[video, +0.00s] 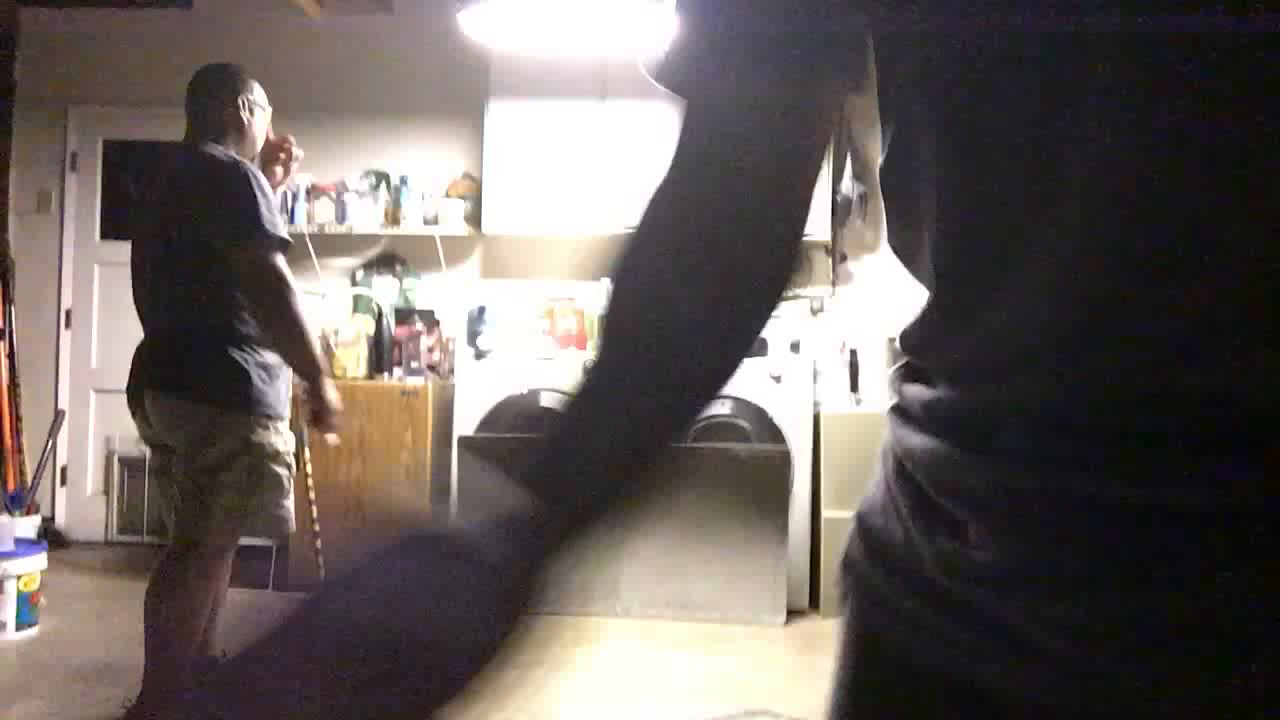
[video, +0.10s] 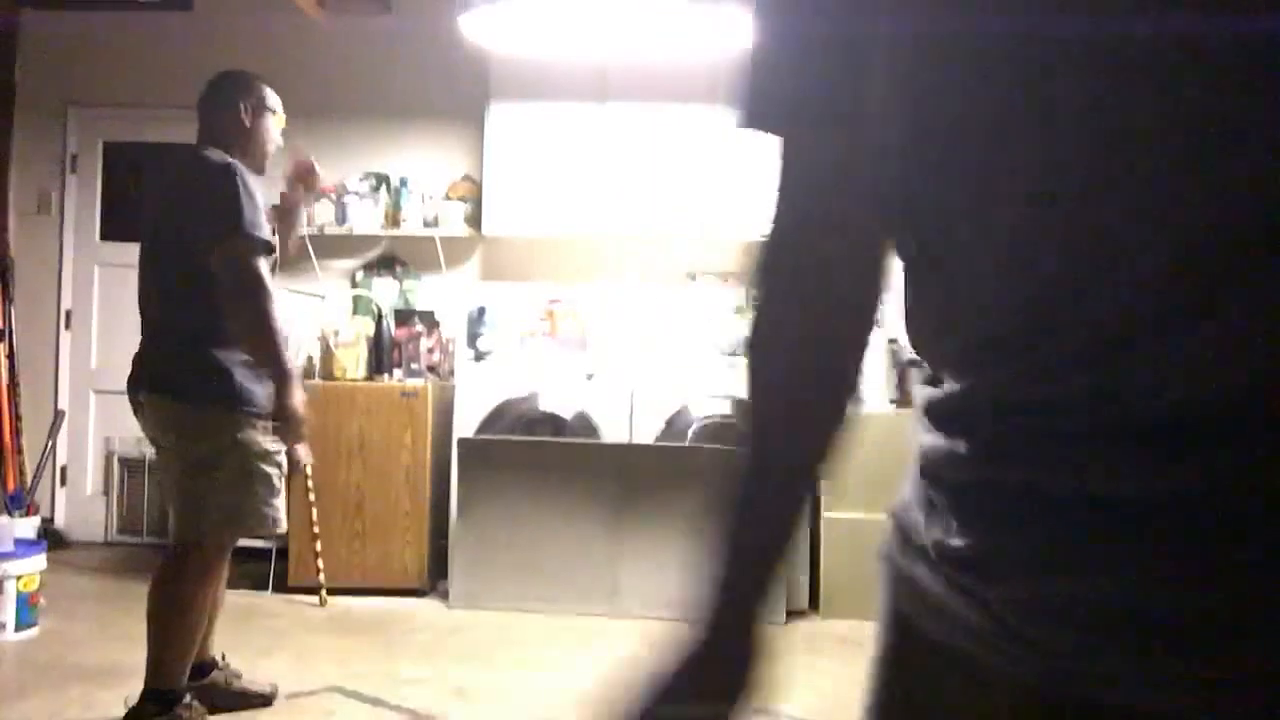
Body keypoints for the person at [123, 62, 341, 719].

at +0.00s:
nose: (267, 128)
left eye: (264, 115)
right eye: (263, 115)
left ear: (196, 114)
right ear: (241, 110)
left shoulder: (169, 175)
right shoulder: (234, 176)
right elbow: (265, 280)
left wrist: (265, 185)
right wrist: (317, 380)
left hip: (166, 377)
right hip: (224, 384)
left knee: (194, 544)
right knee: (209, 548)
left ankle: (183, 690)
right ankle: (166, 703)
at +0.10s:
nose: (281, 136)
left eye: (282, 124)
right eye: (277, 121)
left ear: (220, 116)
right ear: (245, 116)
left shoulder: (181, 173)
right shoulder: (225, 177)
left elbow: (269, 249)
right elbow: (247, 286)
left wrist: (295, 195)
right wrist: (288, 383)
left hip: (173, 380)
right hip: (208, 385)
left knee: (210, 531)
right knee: (203, 541)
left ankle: (197, 670)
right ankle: (160, 700)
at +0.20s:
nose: (289, 134)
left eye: (291, 122)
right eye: (281, 119)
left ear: (230, 118)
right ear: (239, 116)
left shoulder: (222, 180)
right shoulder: (218, 175)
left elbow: (263, 272)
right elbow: (226, 279)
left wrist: (317, 242)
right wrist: (250, 375)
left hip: (190, 380)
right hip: (190, 381)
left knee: (206, 526)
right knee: (199, 533)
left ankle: (197, 666)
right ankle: (160, 694)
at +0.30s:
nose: (299, 144)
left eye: (301, 133)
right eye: (292, 129)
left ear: (260, 131)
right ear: (249, 124)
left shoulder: (241, 202)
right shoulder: (209, 177)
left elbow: (259, 304)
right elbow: (204, 276)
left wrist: (333, 299)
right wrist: (221, 374)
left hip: (213, 393)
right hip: (177, 390)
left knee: (205, 534)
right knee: (180, 538)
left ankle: (197, 671)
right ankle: (157, 692)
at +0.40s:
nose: (300, 147)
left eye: (305, 136)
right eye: (293, 131)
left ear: (291, 142)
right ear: (251, 124)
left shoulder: (265, 212)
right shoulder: (204, 177)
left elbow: (266, 303)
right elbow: (181, 270)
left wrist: (311, 348)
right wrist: (195, 370)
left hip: (232, 394)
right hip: (168, 389)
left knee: (204, 535)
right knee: (161, 535)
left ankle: (194, 672)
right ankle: (130, 688)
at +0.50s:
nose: (292, 148)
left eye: (298, 138)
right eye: (284, 133)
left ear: (292, 143)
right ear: (241, 123)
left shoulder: (273, 216)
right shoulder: (197, 177)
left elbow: (281, 304)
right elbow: (158, 264)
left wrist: (291, 372)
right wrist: (169, 359)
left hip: (233, 397)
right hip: (160, 388)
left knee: (202, 531)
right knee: (141, 528)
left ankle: (195, 669)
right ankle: (93, 669)